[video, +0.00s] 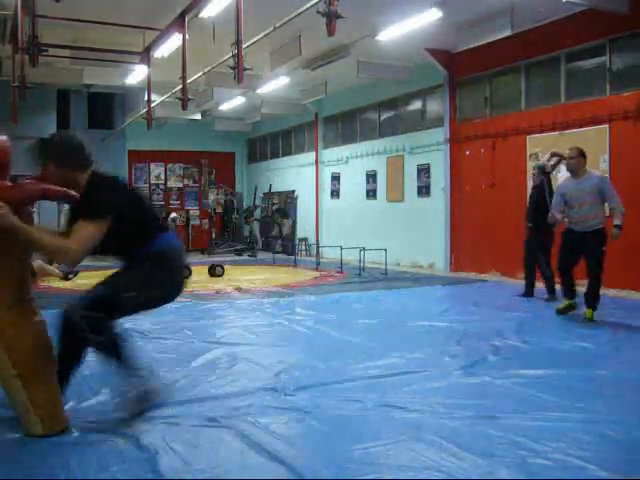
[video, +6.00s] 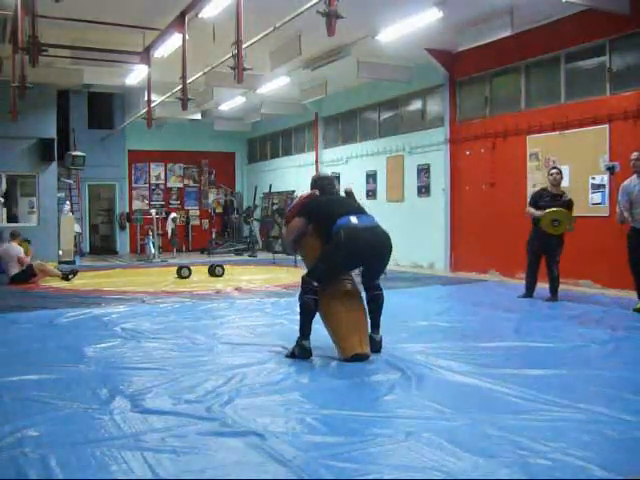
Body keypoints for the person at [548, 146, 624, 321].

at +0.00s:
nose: (568, 162)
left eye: (572, 158)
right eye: (566, 159)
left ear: (583, 160)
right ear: (565, 162)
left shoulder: (599, 181)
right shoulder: (563, 186)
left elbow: (615, 203)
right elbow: (555, 210)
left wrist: (617, 223)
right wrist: (555, 217)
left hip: (595, 230)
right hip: (573, 230)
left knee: (595, 271)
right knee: (564, 266)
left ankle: (590, 307)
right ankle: (569, 299)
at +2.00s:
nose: (624, 165)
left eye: (627, 161)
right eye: (621, 162)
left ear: (636, 163)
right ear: (620, 165)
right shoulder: (616, 188)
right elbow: (613, 212)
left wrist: (622, 221)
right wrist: (618, 223)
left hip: (635, 229)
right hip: (628, 228)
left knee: (619, 267)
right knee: (618, 267)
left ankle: (607, 301)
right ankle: (607, 301)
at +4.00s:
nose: (634, 164)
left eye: (636, 160)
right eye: (632, 160)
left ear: (639, 162)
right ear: (629, 164)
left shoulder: (629, 186)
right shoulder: (626, 185)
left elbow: (621, 209)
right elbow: (621, 209)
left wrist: (628, 221)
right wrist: (627, 222)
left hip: (634, 229)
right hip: (632, 228)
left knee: (627, 265)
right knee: (626, 265)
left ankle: (623, 299)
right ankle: (623, 299)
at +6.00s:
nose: (634, 163)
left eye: (636, 160)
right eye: (632, 160)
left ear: (639, 163)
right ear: (630, 163)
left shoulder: (628, 186)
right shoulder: (627, 185)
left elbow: (623, 207)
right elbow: (623, 206)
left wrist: (627, 216)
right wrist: (626, 217)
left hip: (635, 229)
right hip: (634, 228)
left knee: (636, 266)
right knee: (635, 266)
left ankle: (639, 300)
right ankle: (639, 299)